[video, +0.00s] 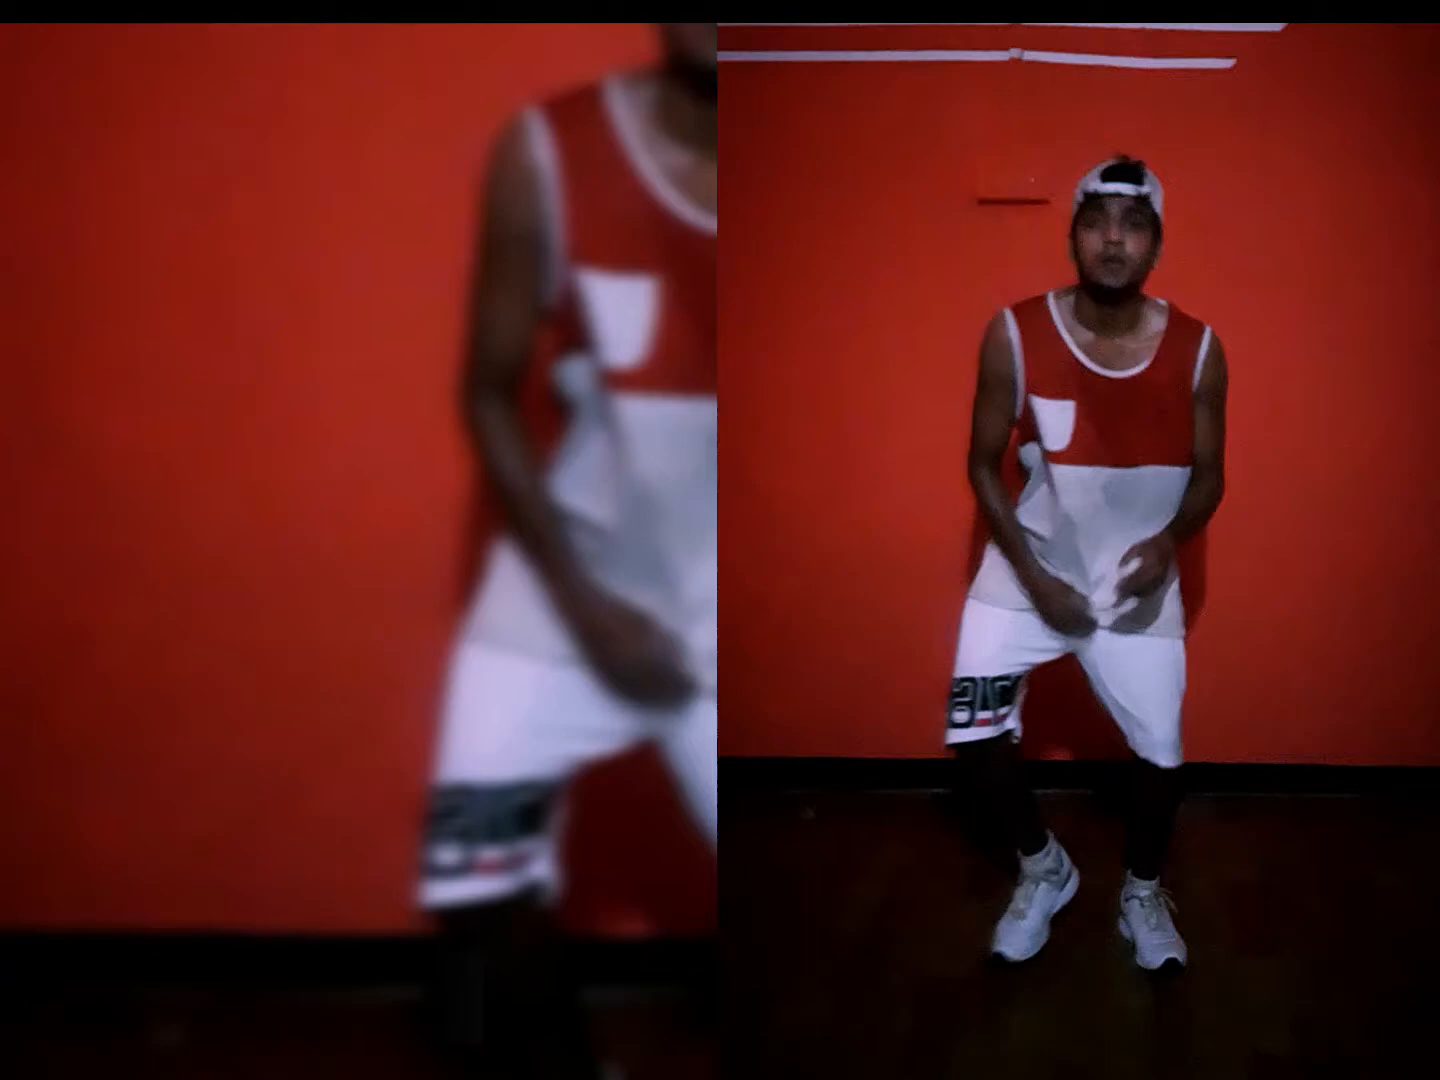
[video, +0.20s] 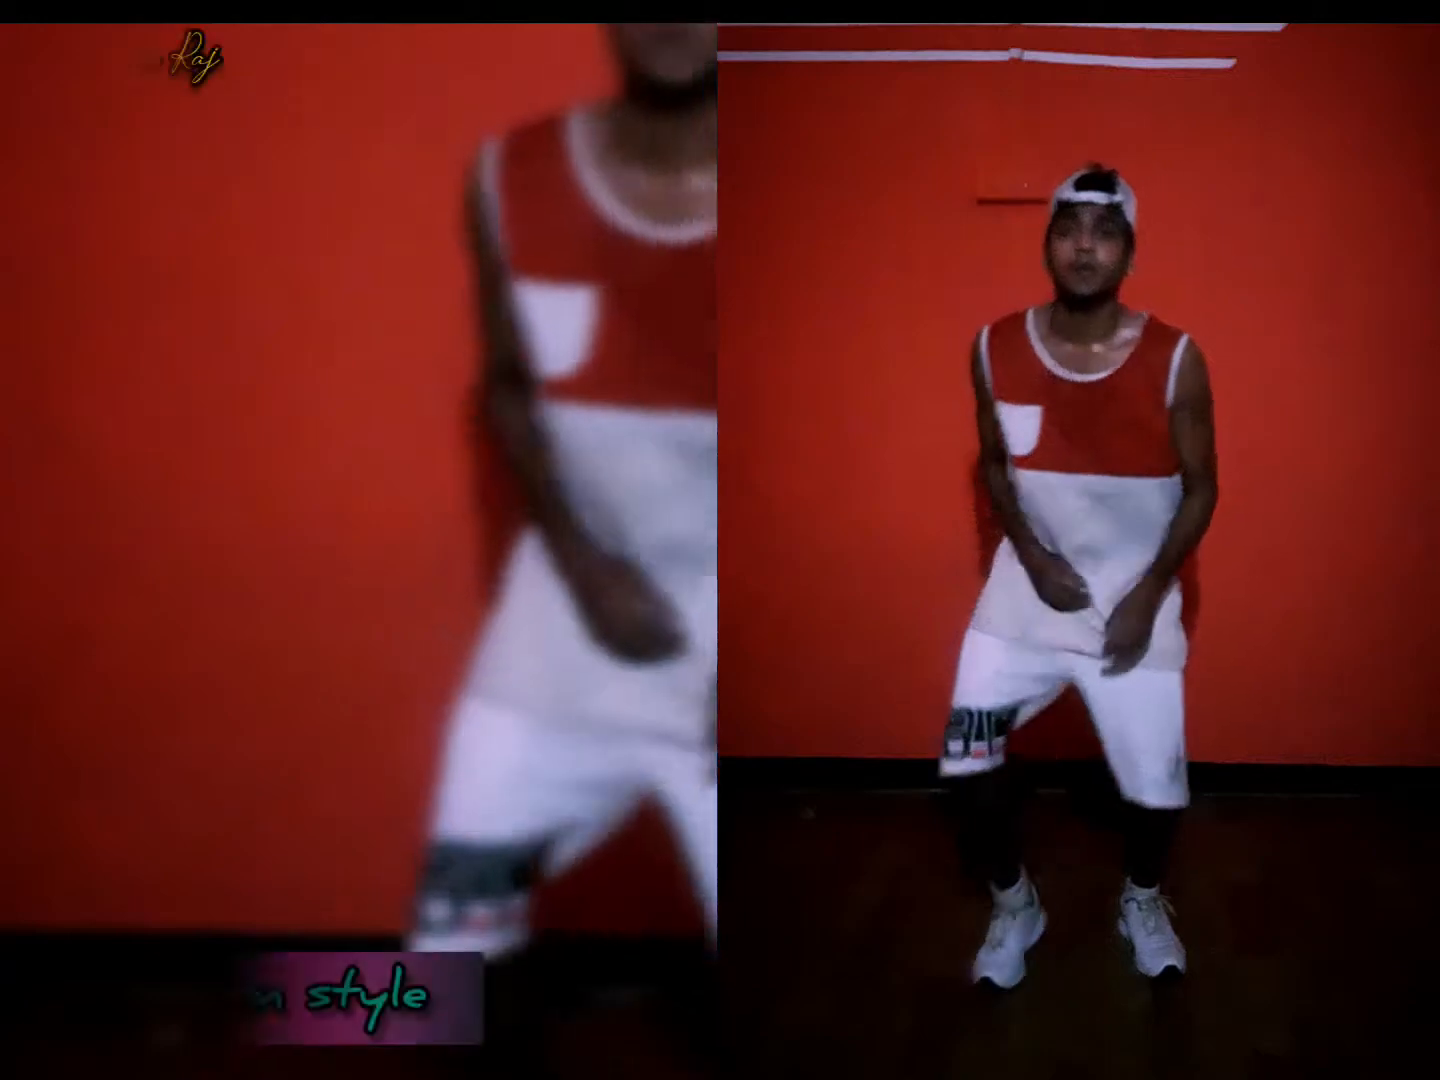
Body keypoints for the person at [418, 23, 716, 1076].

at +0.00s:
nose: (723, 33)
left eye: (737, 23)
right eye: (704, 20)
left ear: (760, 41)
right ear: (660, 25)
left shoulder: (801, 158)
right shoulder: (557, 150)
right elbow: (490, 392)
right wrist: (587, 606)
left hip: (735, 606)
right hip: (566, 591)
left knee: (794, 898)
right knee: (476, 879)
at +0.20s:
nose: (668, 20)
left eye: (691, 3)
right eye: (645, 4)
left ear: (730, 24)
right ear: (609, 23)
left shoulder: (789, 181)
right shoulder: (518, 174)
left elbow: (838, 393)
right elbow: (506, 387)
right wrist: (588, 566)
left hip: (740, 619)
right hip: (562, 611)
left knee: (778, 953)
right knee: (460, 911)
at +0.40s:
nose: (610, 25)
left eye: (641, 8)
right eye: (583, 8)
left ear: (696, 25)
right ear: (546, 29)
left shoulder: (767, 186)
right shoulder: (466, 193)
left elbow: (836, 393)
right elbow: (402, 356)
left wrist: (751, 568)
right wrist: (450, 513)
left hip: (736, 627)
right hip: (557, 628)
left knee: (793, 954)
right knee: (529, 974)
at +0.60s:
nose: (668, 23)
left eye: (691, 5)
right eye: (640, 7)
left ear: (730, 27)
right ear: (599, 27)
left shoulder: (774, 172)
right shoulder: (515, 170)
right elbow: (430, 414)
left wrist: (731, 333)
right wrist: (561, 332)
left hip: (736, 611)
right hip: (565, 610)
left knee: (744, 931)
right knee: (557, 928)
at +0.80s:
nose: (694, 82)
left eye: (718, 50)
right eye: (660, 52)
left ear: (758, 74)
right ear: (620, 79)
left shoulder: (801, 239)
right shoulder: (562, 264)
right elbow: (631, 521)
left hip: (747, 577)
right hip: (589, 585)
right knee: (546, 896)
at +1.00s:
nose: (747, 95)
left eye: (765, 67)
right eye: (727, 64)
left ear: (826, 92)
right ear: (693, 80)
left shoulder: (858, 244)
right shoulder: (610, 255)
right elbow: (494, 507)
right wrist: (657, 738)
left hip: (781, 626)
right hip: (601, 631)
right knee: (410, 891)